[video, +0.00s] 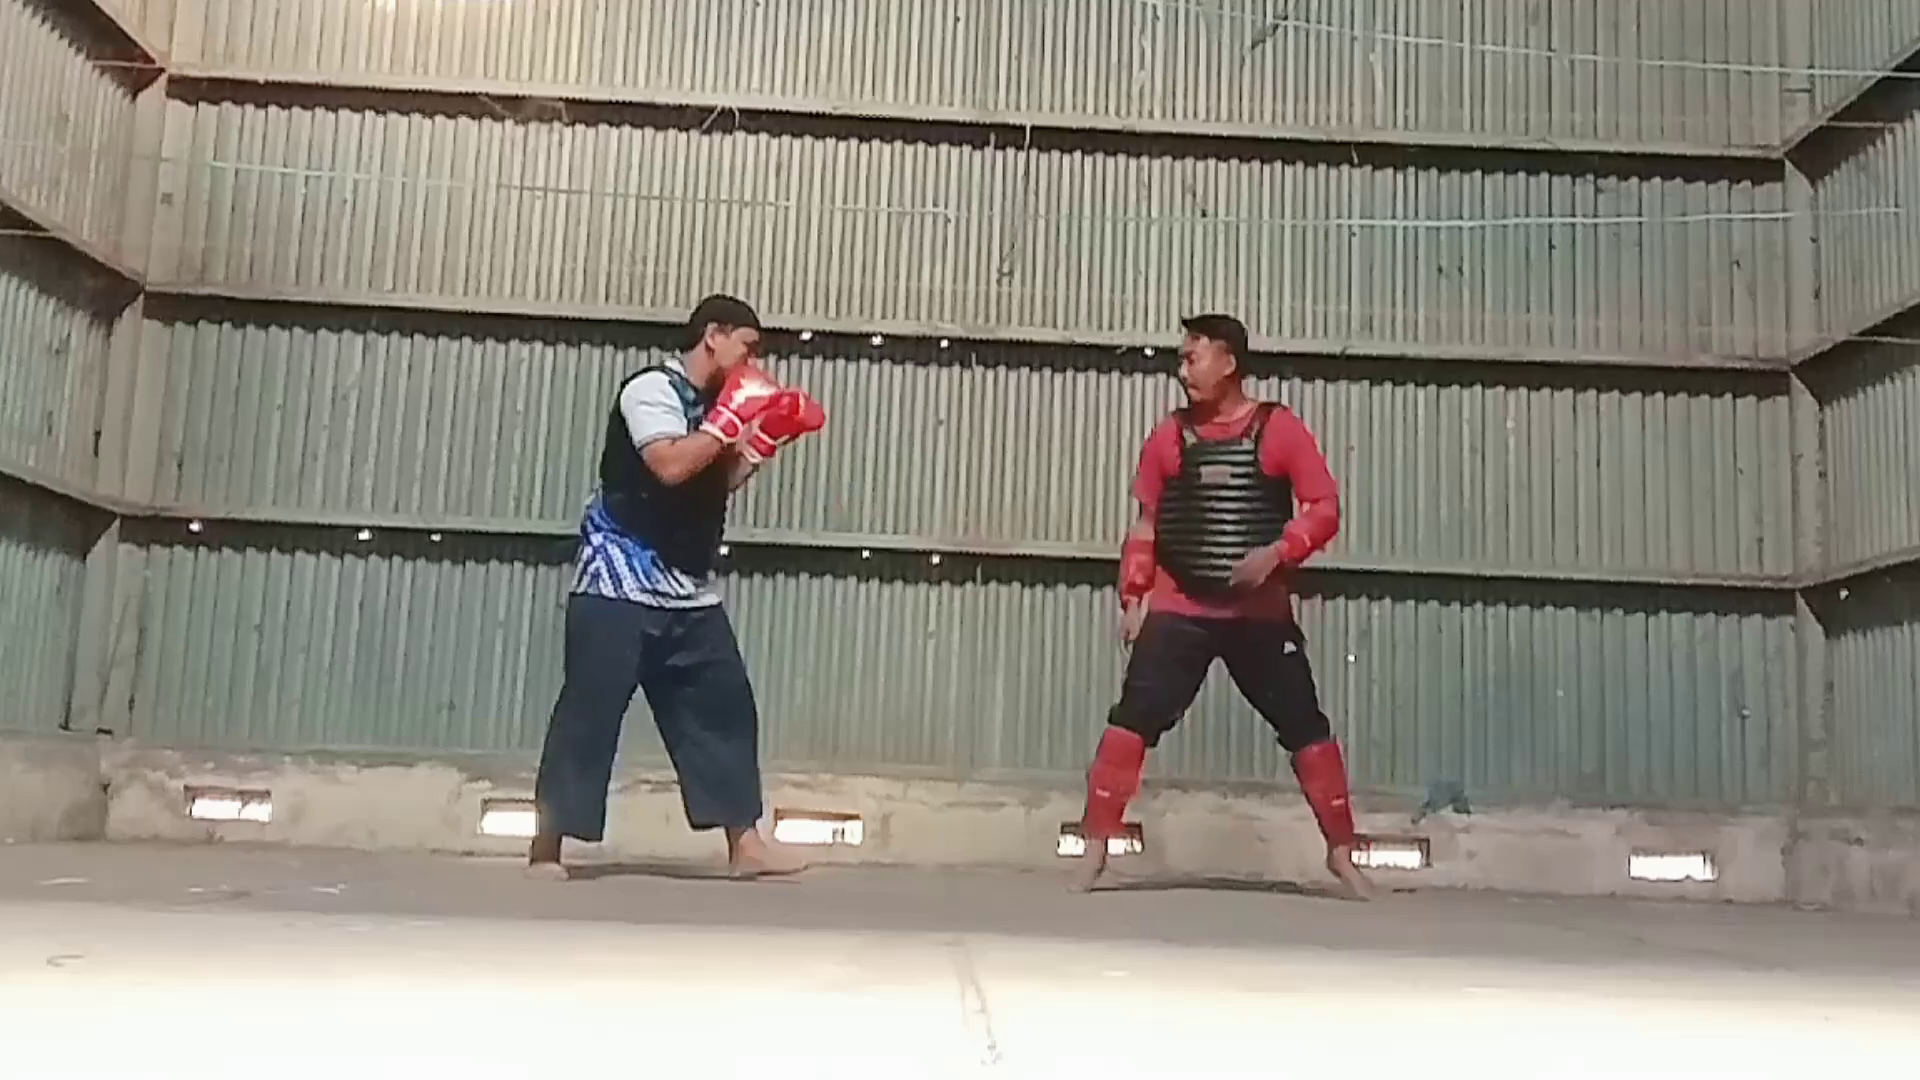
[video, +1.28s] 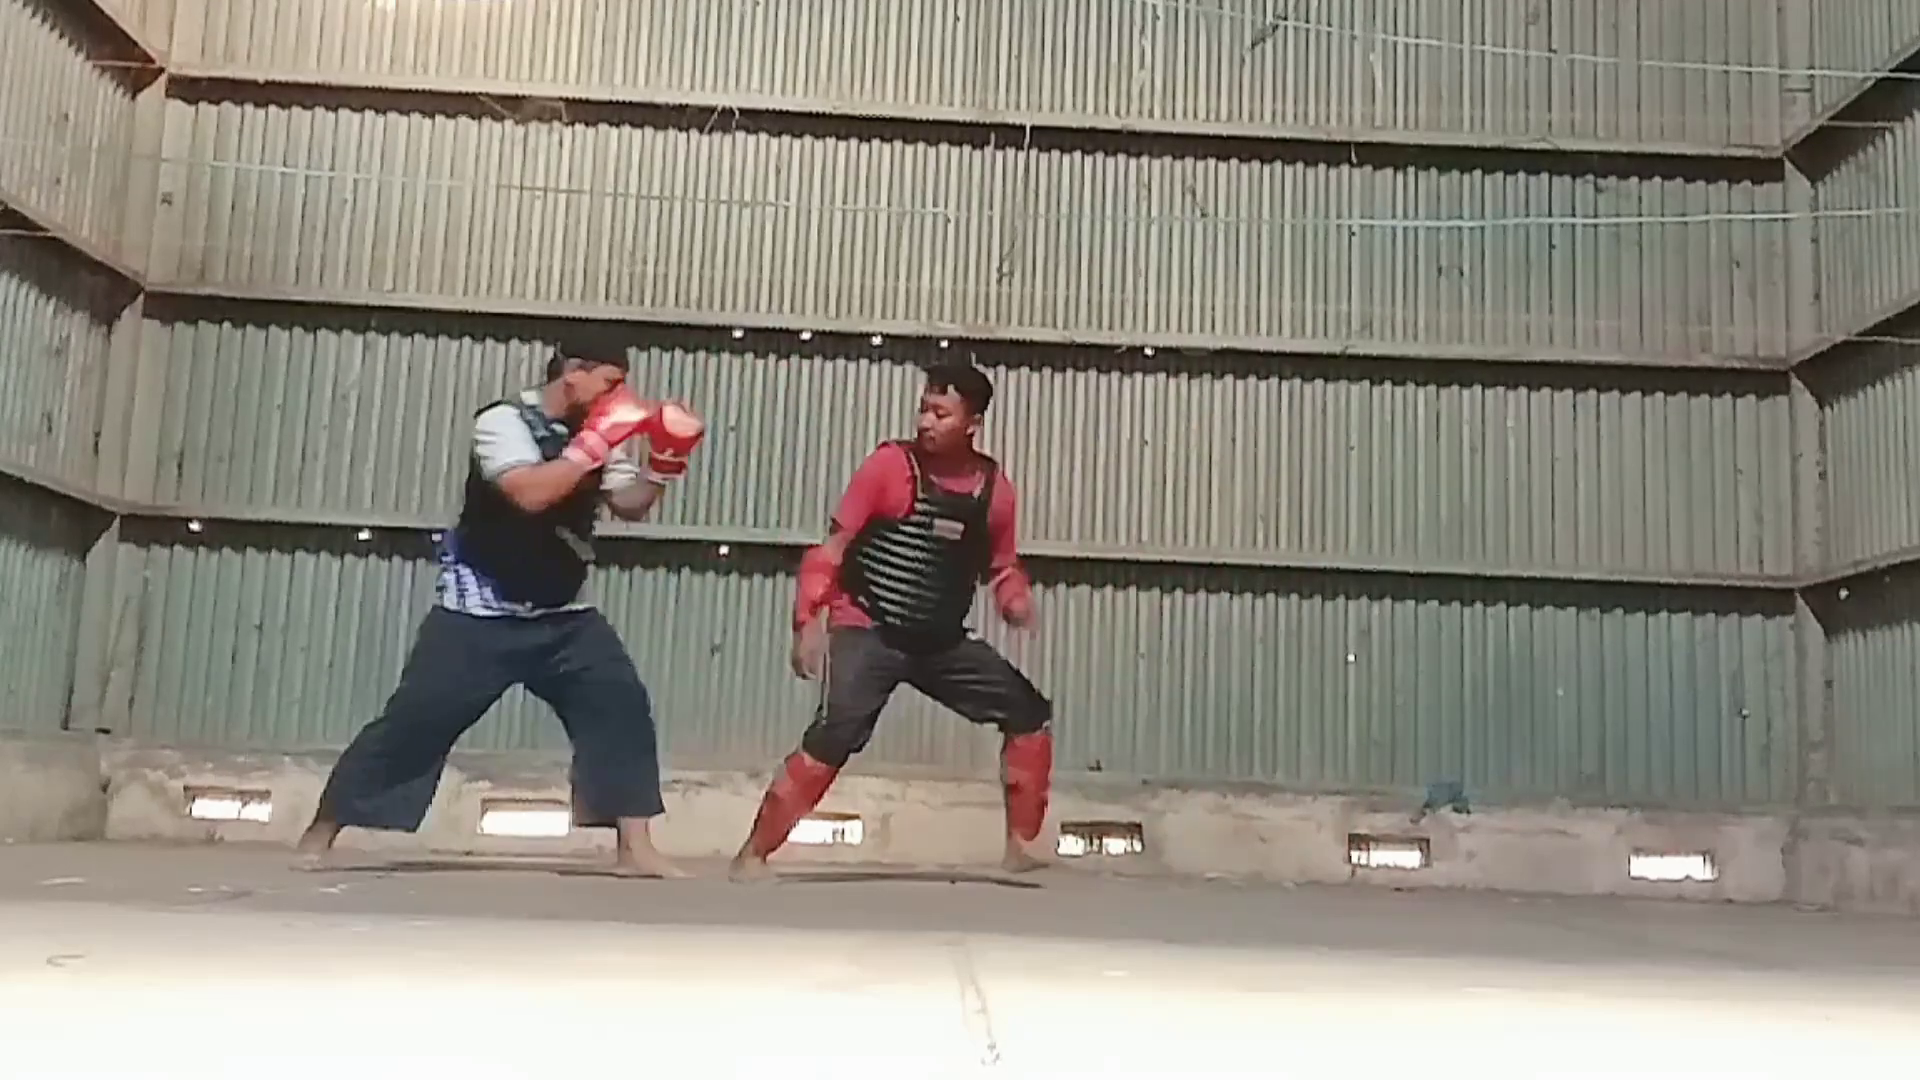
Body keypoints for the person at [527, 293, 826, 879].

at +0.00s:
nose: (753, 359)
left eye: (757, 350)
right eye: (748, 346)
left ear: (720, 340)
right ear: (714, 336)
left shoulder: (719, 406)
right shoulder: (648, 389)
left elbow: (715, 487)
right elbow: (670, 465)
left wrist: (759, 445)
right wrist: (731, 417)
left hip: (689, 586)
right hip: (618, 579)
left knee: (724, 703)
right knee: (590, 703)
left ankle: (747, 845)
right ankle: (547, 846)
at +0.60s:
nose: (715, 386)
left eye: (717, 376)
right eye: (707, 373)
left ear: (685, 372)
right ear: (669, 368)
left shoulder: (686, 442)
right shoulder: (605, 419)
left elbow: (719, 509)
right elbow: (639, 487)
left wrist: (759, 486)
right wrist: (702, 435)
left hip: (648, 615)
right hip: (572, 610)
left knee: (706, 713)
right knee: (559, 724)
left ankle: (753, 849)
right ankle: (509, 838)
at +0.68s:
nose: (692, 370)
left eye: (696, 361)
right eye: (684, 357)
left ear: (659, 356)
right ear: (644, 350)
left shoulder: (677, 427)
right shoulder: (578, 391)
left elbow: (718, 488)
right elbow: (591, 459)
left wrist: (755, 508)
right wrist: (664, 418)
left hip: (595, 593)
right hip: (519, 575)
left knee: (638, 702)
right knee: (502, 698)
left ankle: (668, 836)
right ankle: (500, 843)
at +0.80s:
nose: (649, 364)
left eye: (655, 354)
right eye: (642, 350)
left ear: (654, 359)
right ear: (603, 341)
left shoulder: (644, 412)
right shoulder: (534, 386)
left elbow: (665, 484)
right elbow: (536, 453)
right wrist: (615, 417)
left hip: (561, 569)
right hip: (481, 558)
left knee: (594, 681)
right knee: (458, 669)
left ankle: (588, 835)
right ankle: (439, 820)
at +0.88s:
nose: (599, 386)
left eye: (602, 375)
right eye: (590, 373)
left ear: (600, 373)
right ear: (550, 363)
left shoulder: (595, 418)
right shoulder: (481, 405)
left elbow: (633, 488)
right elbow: (462, 477)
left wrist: (639, 564)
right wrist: (542, 437)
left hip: (526, 592)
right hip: (445, 582)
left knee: (574, 686)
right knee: (392, 688)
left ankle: (571, 841)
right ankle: (309, 827)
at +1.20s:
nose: (573, 406)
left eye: (577, 396)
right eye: (567, 393)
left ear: (546, 386)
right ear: (530, 380)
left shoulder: (557, 445)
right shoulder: (456, 435)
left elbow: (587, 496)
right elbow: (466, 516)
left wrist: (619, 475)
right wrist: (540, 476)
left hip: (530, 623)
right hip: (441, 623)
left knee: (591, 708)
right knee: (395, 721)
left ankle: (627, 849)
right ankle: (312, 836)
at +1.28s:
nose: (616, 395)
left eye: (620, 385)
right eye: (612, 382)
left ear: (584, 376)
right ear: (575, 373)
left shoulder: (597, 435)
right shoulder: (501, 422)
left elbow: (630, 503)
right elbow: (529, 493)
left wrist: (666, 459)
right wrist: (595, 442)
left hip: (560, 618)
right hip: (475, 616)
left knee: (621, 704)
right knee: (412, 724)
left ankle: (637, 847)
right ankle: (321, 834)